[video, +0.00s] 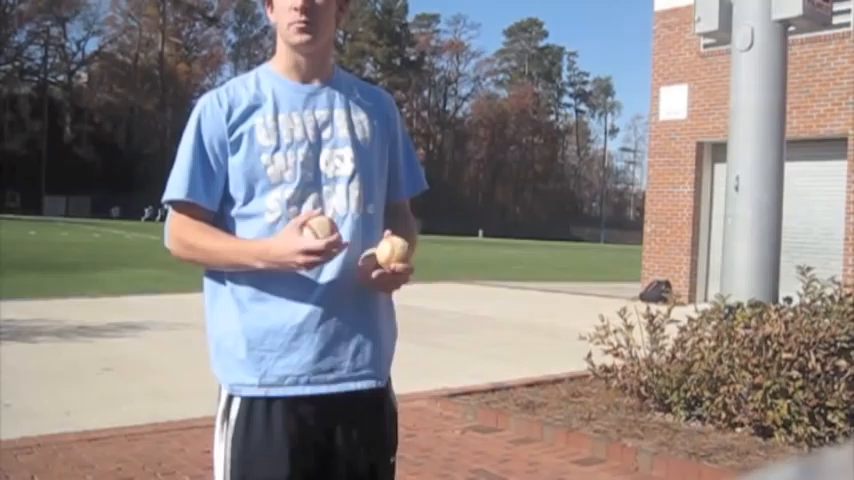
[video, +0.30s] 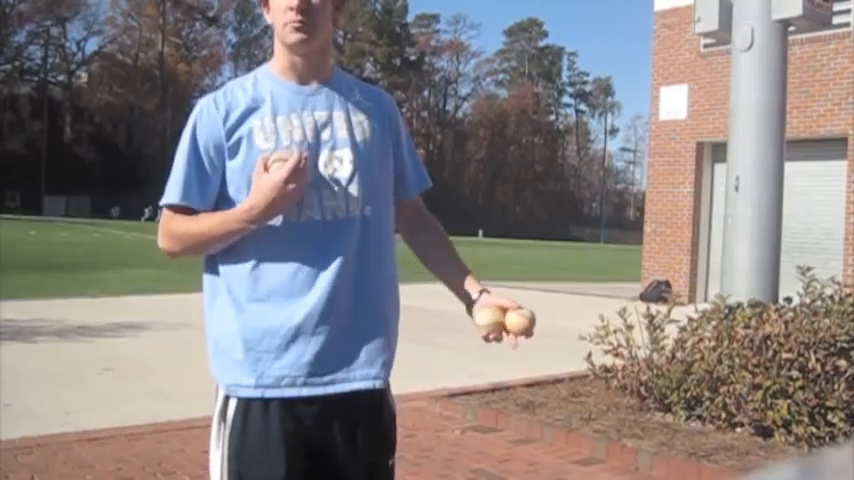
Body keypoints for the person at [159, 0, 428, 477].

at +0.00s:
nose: (305, 7)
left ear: (341, 10)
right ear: (271, 9)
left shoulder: (377, 108)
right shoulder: (222, 109)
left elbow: (400, 214)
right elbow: (181, 234)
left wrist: (396, 257)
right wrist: (271, 251)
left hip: (361, 380)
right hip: (262, 385)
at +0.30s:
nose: (300, 8)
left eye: (313, 1)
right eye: (287, 1)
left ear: (337, 12)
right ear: (266, 12)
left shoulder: (377, 108)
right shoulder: (219, 113)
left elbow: (413, 216)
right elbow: (172, 237)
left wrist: (475, 295)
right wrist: (255, 208)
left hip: (360, 382)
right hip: (258, 387)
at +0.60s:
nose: (304, 7)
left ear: (339, 9)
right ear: (268, 10)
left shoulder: (377, 108)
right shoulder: (221, 111)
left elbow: (412, 219)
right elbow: (172, 235)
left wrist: (473, 311)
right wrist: (257, 202)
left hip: (360, 381)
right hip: (260, 385)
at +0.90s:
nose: (305, 8)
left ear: (341, 10)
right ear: (269, 10)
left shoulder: (377, 109)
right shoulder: (221, 111)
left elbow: (410, 222)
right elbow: (171, 235)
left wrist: (469, 315)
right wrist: (256, 201)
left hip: (359, 382)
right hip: (260, 386)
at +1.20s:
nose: (302, 9)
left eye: (316, 2)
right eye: (290, 1)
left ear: (339, 12)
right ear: (269, 12)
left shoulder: (377, 110)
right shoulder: (219, 111)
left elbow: (411, 223)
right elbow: (170, 235)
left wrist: (471, 318)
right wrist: (256, 200)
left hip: (358, 384)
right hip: (257, 387)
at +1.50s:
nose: (303, 8)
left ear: (339, 10)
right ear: (268, 9)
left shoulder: (376, 111)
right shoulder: (218, 112)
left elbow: (409, 224)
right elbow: (169, 236)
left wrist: (468, 318)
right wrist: (254, 201)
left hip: (357, 385)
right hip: (256, 389)